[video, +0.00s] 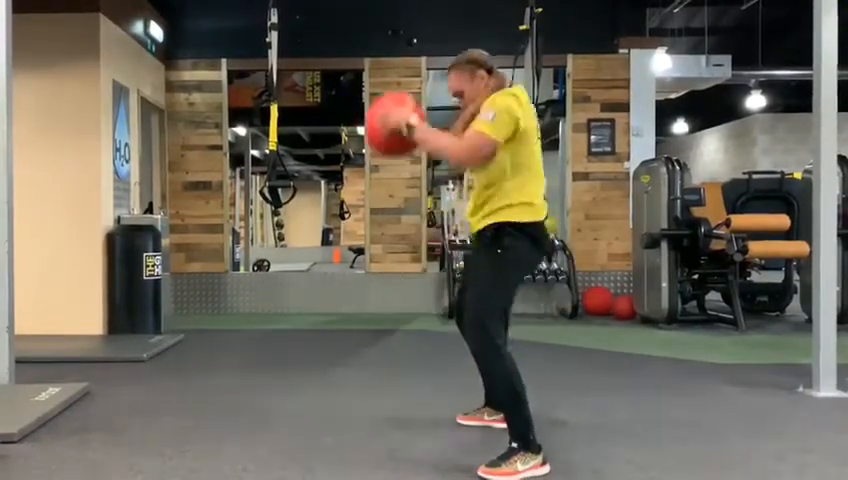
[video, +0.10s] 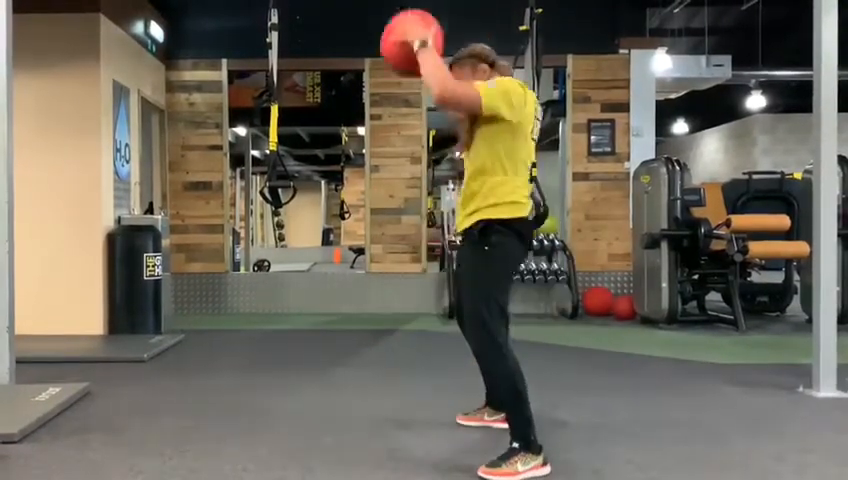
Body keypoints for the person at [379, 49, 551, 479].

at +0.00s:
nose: (459, 101)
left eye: (462, 93)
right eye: (456, 95)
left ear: (484, 78)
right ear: (479, 81)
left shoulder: (506, 102)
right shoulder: (487, 107)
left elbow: (467, 152)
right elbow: (455, 146)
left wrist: (416, 128)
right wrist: (415, 133)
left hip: (513, 229)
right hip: (493, 228)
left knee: (482, 325)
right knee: (469, 317)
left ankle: (527, 448)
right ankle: (497, 406)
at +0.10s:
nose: (462, 86)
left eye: (465, 79)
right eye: (459, 81)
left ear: (484, 69)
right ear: (477, 78)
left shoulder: (511, 90)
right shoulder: (491, 102)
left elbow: (446, 91)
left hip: (501, 225)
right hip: (483, 225)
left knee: (485, 326)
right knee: (470, 317)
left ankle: (527, 448)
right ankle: (498, 404)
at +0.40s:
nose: (417, 91)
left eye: (419, 82)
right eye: (412, 86)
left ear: (440, 67)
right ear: (422, 81)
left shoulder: (470, 85)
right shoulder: (441, 103)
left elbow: (464, 19)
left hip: (484, 222)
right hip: (461, 225)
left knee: (494, 326)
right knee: (473, 315)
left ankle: (528, 445)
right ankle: (497, 400)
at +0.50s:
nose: (418, 94)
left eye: (419, 85)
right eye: (414, 89)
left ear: (439, 68)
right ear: (430, 78)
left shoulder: (474, 86)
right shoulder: (442, 102)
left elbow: (454, 15)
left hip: (489, 225)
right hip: (466, 227)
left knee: (492, 326)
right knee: (471, 316)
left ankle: (527, 446)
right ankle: (497, 402)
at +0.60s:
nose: (421, 79)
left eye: (423, 69)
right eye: (417, 73)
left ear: (441, 58)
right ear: (433, 75)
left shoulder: (489, 77)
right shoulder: (456, 97)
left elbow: (427, 45)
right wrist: (434, 145)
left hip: (504, 218)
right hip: (483, 220)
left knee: (498, 322)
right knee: (482, 316)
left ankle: (527, 443)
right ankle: (498, 399)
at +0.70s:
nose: (427, 105)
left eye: (431, 96)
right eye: (423, 99)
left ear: (452, 77)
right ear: (432, 91)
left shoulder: (489, 85)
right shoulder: (458, 113)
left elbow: (437, 126)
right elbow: (428, 152)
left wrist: (381, 101)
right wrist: (385, 118)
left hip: (535, 213)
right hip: (508, 221)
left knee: (505, 306)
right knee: (492, 302)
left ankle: (526, 437)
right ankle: (499, 391)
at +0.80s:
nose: (423, 135)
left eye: (423, 126)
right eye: (419, 130)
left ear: (441, 108)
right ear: (439, 112)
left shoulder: (477, 127)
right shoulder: (462, 132)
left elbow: (469, 199)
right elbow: (447, 187)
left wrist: (418, 236)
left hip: (547, 226)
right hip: (521, 231)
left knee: (514, 331)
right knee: (492, 313)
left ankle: (549, 448)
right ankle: (511, 395)